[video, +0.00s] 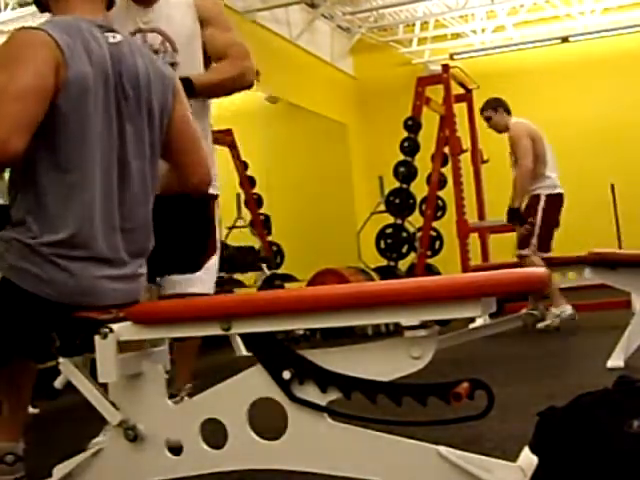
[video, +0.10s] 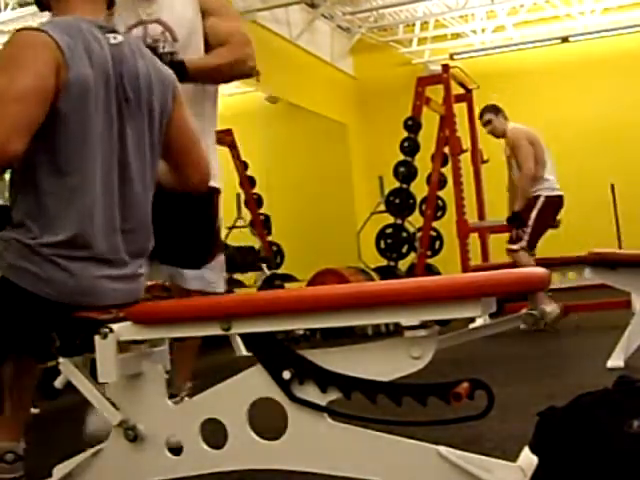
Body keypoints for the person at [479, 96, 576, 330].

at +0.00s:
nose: (489, 126)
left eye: (488, 119)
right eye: (486, 121)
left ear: (500, 112)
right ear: (499, 114)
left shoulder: (518, 128)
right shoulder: (516, 131)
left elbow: (526, 167)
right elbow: (522, 171)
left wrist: (516, 204)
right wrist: (516, 203)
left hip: (545, 193)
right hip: (538, 194)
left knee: (529, 254)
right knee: (525, 254)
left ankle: (559, 304)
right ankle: (536, 306)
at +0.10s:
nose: (488, 129)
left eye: (489, 122)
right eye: (485, 126)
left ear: (501, 116)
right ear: (486, 127)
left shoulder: (516, 134)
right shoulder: (509, 143)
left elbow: (529, 172)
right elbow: (513, 180)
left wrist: (518, 208)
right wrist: (513, 212)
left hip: (545, 195)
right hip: (534, 197)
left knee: (518, 248)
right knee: (519, 250)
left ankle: (545, 302)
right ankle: (535, 305)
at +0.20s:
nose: (487, 134)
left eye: (487, 127)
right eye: (483, 131)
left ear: (499, 120)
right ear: (485, 133)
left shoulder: (515, 137)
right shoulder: (506, 148)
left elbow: (528, 174)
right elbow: (511, 185)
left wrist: (518, 211)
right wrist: (513, 215)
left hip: (545, 196)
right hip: (533, 198)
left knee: (520, 252)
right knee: (519, 253)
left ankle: (539, 308)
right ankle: (538, 309)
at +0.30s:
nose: (484, 142)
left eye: (485, 135)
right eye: (481, 140)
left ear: (496, 129)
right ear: (482, 142)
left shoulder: (510, 144)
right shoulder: (504, 154)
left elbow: (521, 181)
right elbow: (510, 190)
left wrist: (514, 220)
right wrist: (513, 222)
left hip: (548, 200)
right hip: (538, 201)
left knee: (519, 254)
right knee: (518, 254)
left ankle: (539, 309)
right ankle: (538, 309)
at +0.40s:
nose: (484, 149)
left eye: (485, 143)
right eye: (481, 147)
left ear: (496, 137)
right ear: (481, 149)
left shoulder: (508, 151)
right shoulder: (507, 155)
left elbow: (518, 189)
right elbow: (513, 193)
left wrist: (514, 226)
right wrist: (514, 226)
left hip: (551, 206)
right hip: (544, 206)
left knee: (519, 256)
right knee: (522, 255)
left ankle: (538, 309)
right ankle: (537, 309)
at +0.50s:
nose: (486, 159)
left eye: (487, 153)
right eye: (482, 157)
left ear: (497, 147)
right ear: (482, 160)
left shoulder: (508, 160)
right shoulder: (512, 160)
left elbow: (518, 200)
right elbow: (518, 202)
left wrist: (511, 235)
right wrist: (514, 235)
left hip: (553, 214)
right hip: (550, 214)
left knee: (513, 258)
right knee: (520, 258)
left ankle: (539, 312)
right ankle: (536, 309)